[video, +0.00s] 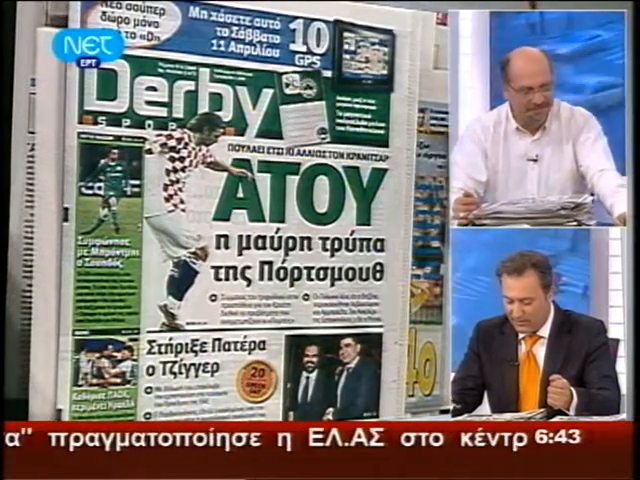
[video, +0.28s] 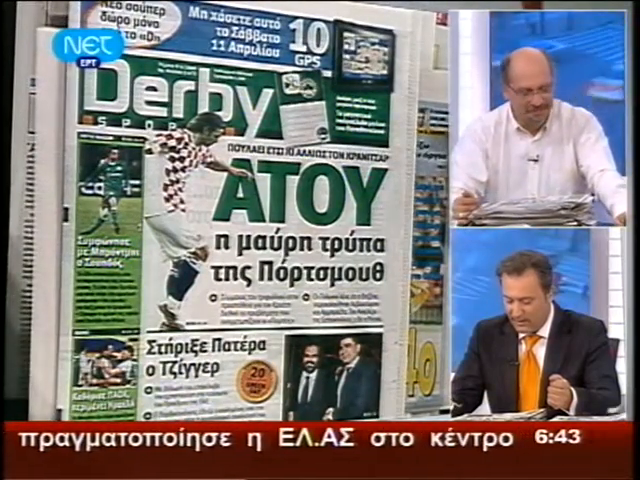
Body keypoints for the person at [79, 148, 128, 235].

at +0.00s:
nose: (115, 156)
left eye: (116, 154)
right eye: (113, 154)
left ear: (118, 155)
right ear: (109, 155)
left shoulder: (122, 165)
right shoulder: (104, 164)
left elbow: (126, 177)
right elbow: (96, 174)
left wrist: (127, 187)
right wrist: (86, 182)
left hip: (118, 189)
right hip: (108, 189)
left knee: (105, 213)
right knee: (113, 206)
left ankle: (91, 231)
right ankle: (116, 225)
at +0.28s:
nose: (115, 156)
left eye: (116, 154)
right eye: (113, 154)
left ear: (118, 155)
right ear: (109, 155)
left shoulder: (122, 165)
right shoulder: (104, 164)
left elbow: (126, 177)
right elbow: (96, 174)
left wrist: (128, 187)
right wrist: (86, 182)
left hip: (118, 189)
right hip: (108, 189)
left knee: (105, 213)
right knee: (113, 205)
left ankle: (91, 230)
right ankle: (116, 225)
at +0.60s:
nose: (115, 156)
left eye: (116, 154)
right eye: (113, 154)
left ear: (118, 155)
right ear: (109, 155)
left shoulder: (122, 165)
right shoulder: (104, 164)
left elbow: (126, 177)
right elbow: (96, 174)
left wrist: (128, 187)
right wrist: (86, 182)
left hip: (118, 189)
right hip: (108, 189)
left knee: (105, 213)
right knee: (113, 205)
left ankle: (91, 231)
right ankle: (116, 225)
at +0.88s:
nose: (115, 156)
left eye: (116, 154)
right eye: (113, 154)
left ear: (118, 155)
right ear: (109, 155)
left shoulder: (122, 165)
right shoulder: (104, 164)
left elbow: (126, 177)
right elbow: (96, 174)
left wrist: (128, 187)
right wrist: (86, 182)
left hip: (118, 189)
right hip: (108, 189)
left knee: (105, 213)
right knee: (113, 205)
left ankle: (91, 231)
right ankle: (116, 225)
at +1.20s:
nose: (115, 156)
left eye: (116, 154)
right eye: (113, 154)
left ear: (118, 155)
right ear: (109, 155)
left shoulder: (122, 165)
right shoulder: (104, 164)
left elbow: (126, 177)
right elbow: (96, 174)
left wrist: (128, 187)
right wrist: (86, 182)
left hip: (118, 189)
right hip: (108, 189)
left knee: (105, 213)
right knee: (113, 205)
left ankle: (91, 230)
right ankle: (116, 225)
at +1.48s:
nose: (115, 156)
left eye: (116, 154)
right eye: (113, 154)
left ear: (118, 155)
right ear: (109, 155)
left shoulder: (122, 165)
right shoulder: (104, 165)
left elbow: (126, 177)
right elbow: (96, 174)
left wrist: (128, 187)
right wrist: (86, 182)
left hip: (118, 189)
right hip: (108, 189)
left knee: (105, 213)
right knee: (113, 206)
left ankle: (91, 230)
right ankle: (116, 225)